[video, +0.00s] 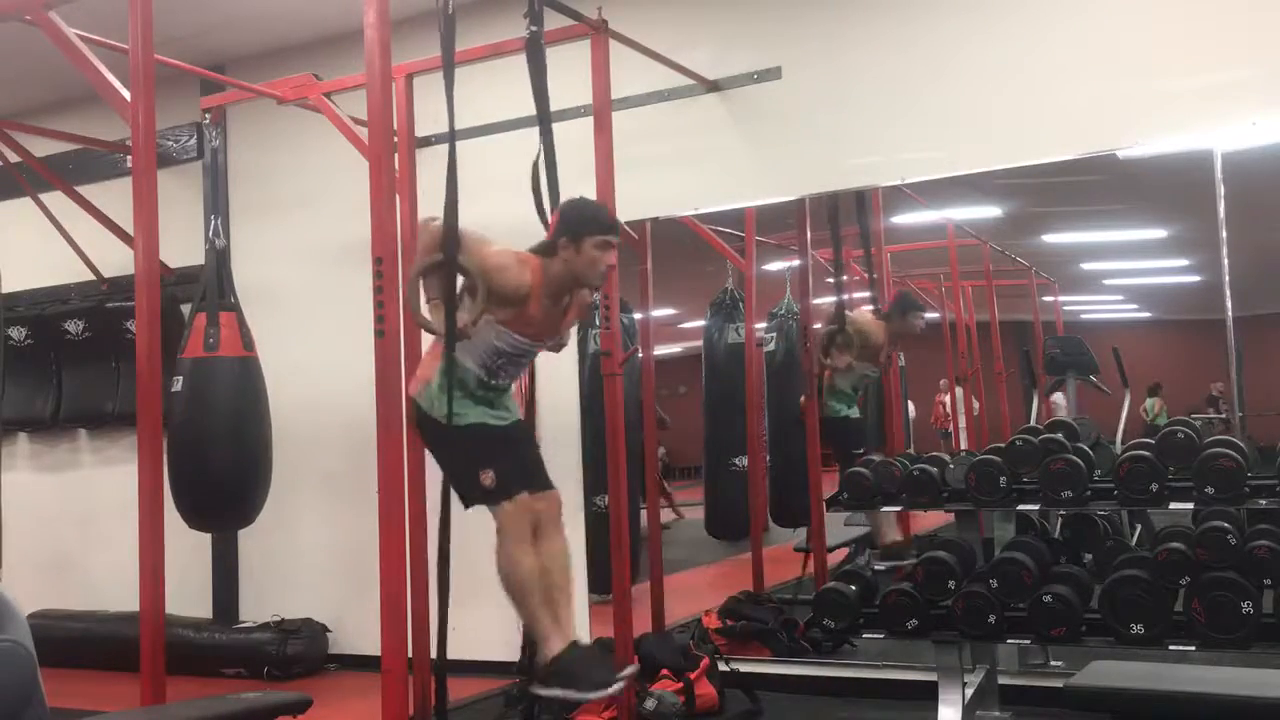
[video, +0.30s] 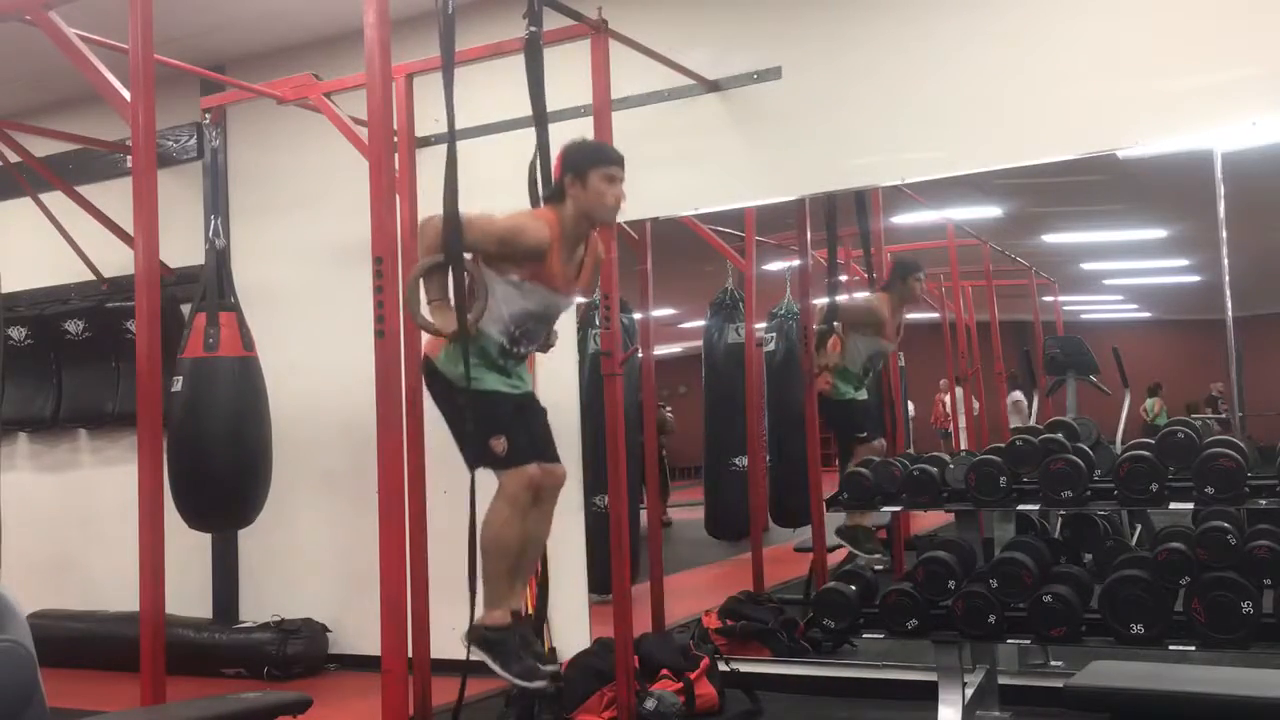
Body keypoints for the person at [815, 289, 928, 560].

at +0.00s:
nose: (922, 325)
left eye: (923, 319)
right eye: (919, 318)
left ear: (903, 315)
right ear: (902, 315)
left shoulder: (881, 335)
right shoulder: (870, 330)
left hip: (850, 408)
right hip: (837, 409)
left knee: (866, 471)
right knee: (868, 471)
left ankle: (885, 536)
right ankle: (886, 537)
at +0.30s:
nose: (922, 288)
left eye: (922, 282)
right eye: (918, 281)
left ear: (909, 283)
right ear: (900, 281)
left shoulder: (896, 314)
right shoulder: (876, 309)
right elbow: (827, 310)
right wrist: (820, 355)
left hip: (859, 387)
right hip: (842, 386)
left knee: (865, 452)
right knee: (872, 446)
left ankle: (861, 525)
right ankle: (855, 522)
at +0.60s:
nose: (903, 245)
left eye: (903, 239)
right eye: (900, 239)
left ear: (887, 238)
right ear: (888, 237)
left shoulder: (883, 267)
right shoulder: (868, 264)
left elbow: (875, 316)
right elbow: (848, 308)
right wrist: (838, 345)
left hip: (865, 360)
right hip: (852, 361)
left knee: (858, 432)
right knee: (851, 431)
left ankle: (846, 500)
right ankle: (841, 502)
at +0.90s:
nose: (906, 226)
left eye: (906, 219)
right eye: (900, 219)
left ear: (891, 221)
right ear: (884, 219)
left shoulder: (881, 256)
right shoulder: (864, 254)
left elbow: (867, 312)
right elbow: (846, 307)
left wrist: (879, 347)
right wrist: (837, 351)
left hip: (857, 356)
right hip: (846, 356)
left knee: (835, 425)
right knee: (843, 425)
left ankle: (830, 492)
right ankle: (834, 497)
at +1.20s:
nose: (901, 225)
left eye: (902, 218)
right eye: (896, 218)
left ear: (888, 218)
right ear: (880, 218)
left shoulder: (882, 255)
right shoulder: (861, 253)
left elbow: (876, 309)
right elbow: (848, 304)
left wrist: (876, 350)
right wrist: (840, 350)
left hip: (860, 352)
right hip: (839, 352)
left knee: (845, 421)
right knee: (833, 421)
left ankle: (835, 484)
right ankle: (827, 486)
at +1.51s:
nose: (899, 226)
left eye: (899, 218)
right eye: (894, 219)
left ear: (881, 221)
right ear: (877, 221)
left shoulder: (878, 257)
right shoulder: (857, 256)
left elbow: (872, 312)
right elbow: (841, 310)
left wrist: (873, 354)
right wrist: (829, 350)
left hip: (861, 357)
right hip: (840, 357)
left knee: (852, 428)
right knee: (830, 427)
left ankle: (846, 493)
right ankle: (824, 494)